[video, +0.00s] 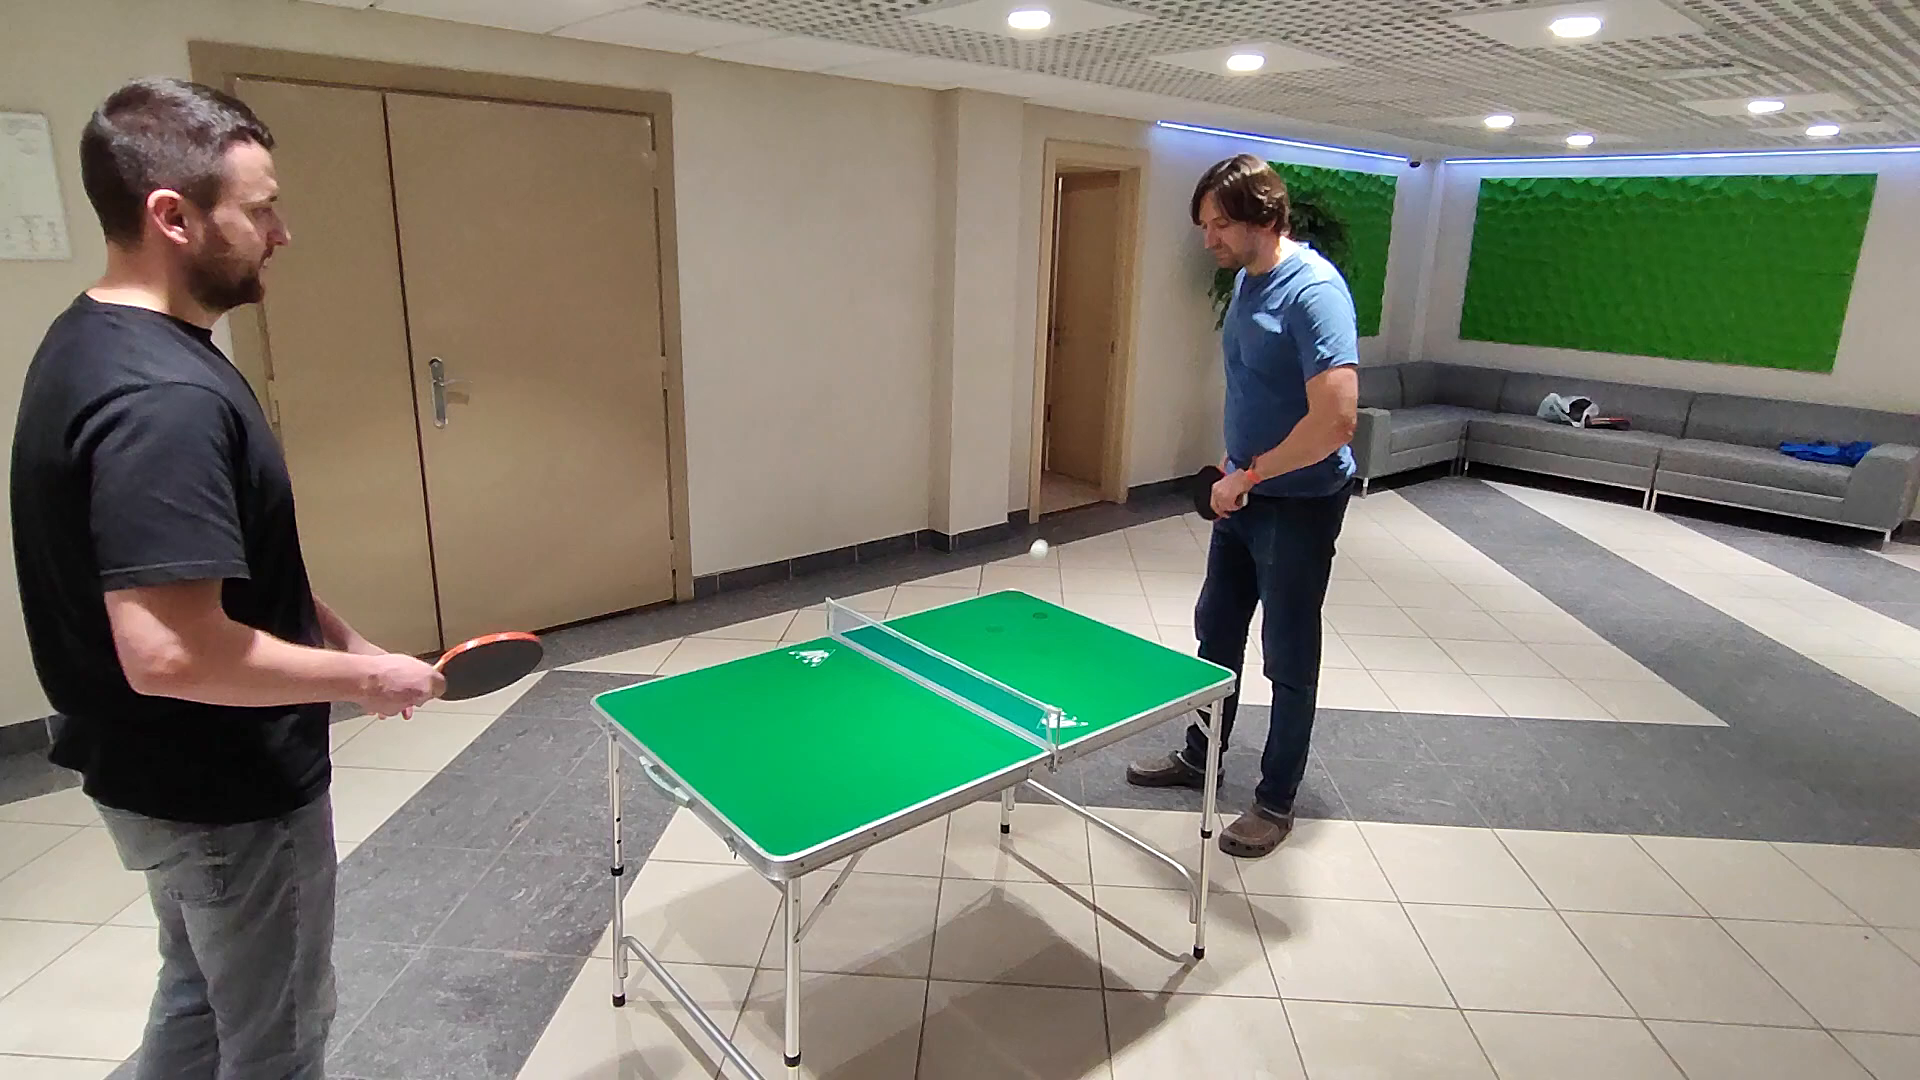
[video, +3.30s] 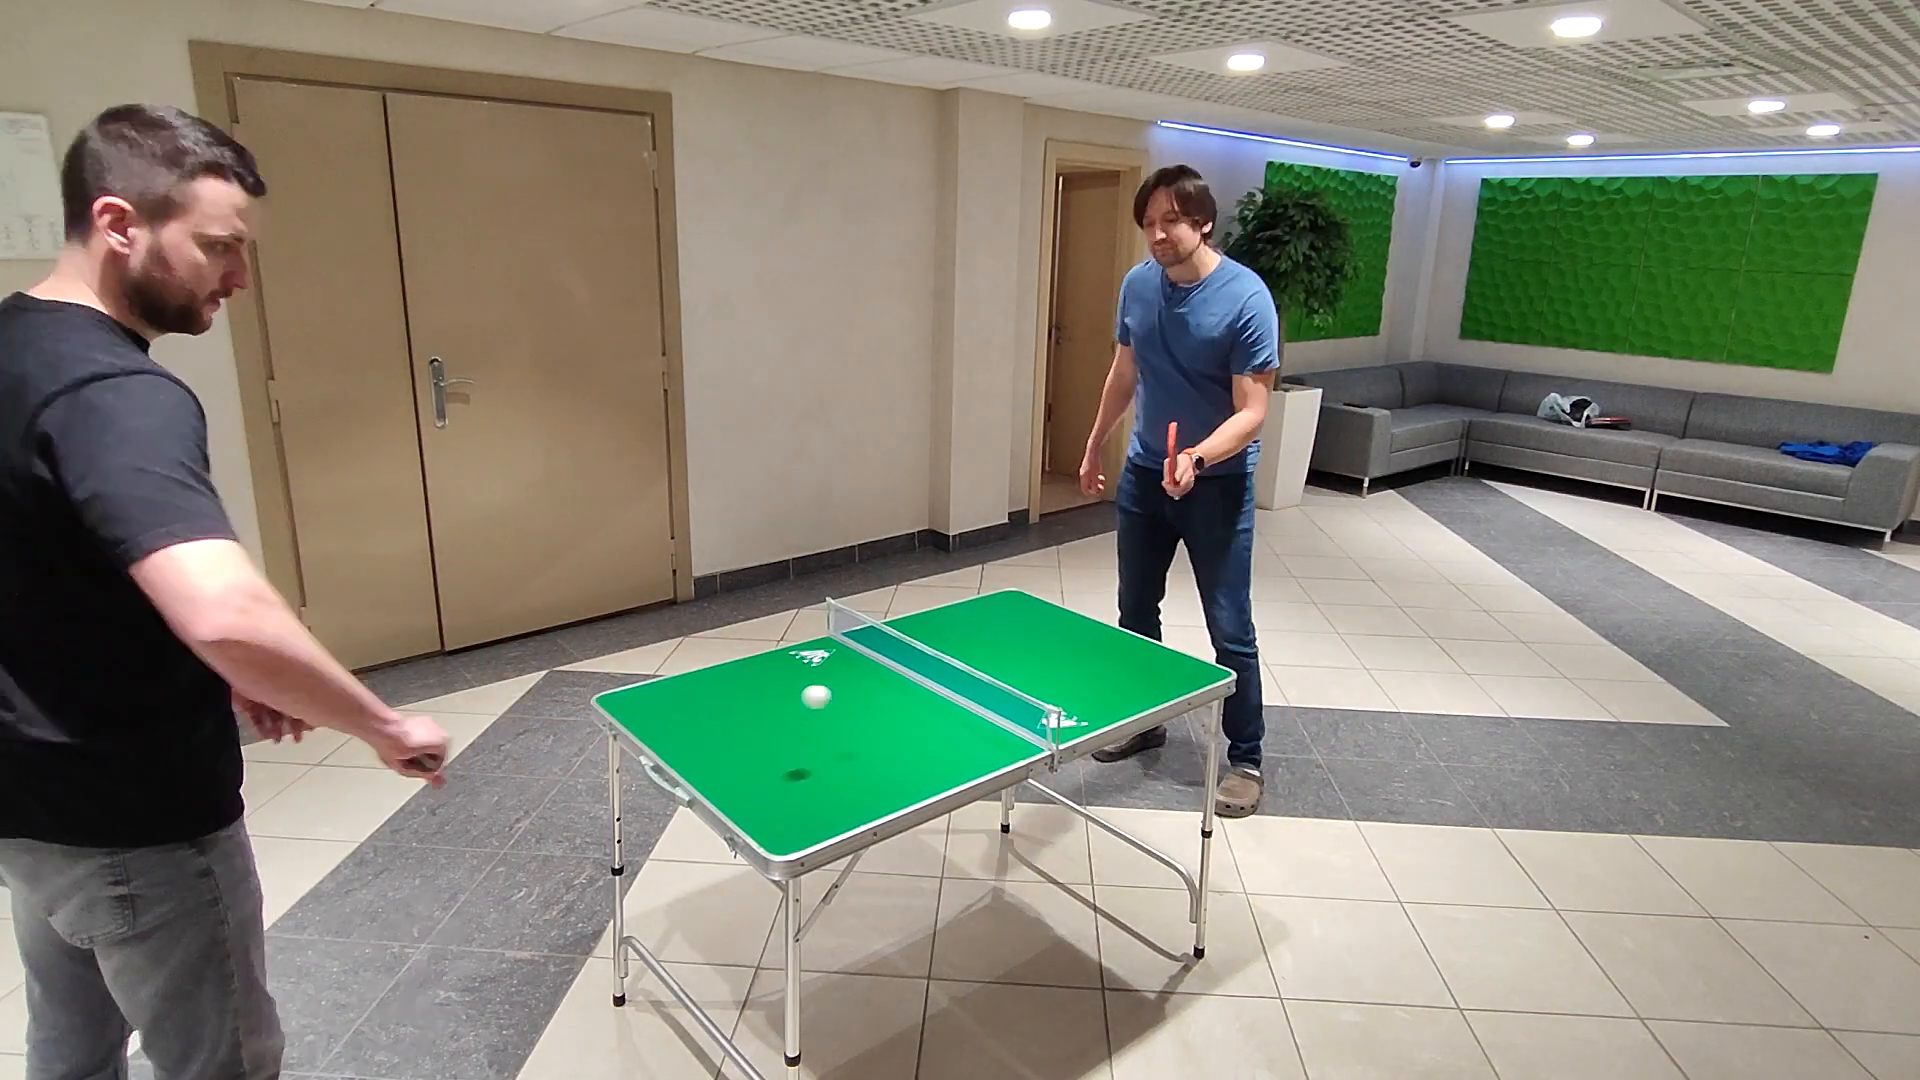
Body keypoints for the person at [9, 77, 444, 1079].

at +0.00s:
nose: (281, 233)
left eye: (276, 208)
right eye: (261, 210)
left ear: (173, 218)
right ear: (172, 216)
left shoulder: (97, 347)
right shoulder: (160, 396)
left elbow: (235, 555)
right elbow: (167, 650)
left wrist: (347, 652)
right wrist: (361, 677)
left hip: (157, 773)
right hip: (235, 795)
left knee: (198, 1007)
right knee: (278, 1045)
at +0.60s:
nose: (278, 261)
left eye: (278, 234)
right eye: (265, 231)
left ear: (169, 225)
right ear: (178, 223)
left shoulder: (69, 346)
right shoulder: (138, 382)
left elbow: (90, 591)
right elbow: (192, 629)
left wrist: (244, 706)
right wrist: (346, 708)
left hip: (78, 790)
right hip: (170, 818)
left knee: (125, 1041)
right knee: (250, 1058)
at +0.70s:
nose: (316, 271)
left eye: (318, 244)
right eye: (306, 241)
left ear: (207, 230)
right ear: (224, 233)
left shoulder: (64, 354)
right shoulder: (197, 396)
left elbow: (94, 579)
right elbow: (326, 639)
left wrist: (239, 689)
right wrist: (429, 693)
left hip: (64, 795)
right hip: (179, 822)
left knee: (129, 1049)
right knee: (253, 1059)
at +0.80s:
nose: (362, 291)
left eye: (366, 267)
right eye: (356, 264)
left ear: (238, 241)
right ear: (282, 253)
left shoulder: (71, 358)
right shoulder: (270, 414)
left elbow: (65, 582)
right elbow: (451, 630)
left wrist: (231, 699)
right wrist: (519, 664)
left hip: (40, 814)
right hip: (181, 840)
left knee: (123, 1055)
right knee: (253, 1061)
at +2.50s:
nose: (305, 280)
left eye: (310, 255)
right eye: (296, 251)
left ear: (203, 234)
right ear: (214, 238)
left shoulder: (15, 347)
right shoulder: (249, 396)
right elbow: (342, 637)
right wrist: (451, 723)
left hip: (28, 797)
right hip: (195, 811)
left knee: (89, 1061)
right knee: (239, 1064)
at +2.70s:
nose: (254, 254)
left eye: (254, 228)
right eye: (237, 227)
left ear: (143, 222)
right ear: (147, 221)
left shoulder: (9, 344)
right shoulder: (184, 390)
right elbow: (220, 643)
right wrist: (333, 744)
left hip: (37, 799)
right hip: (180, 821)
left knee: (86, 1055)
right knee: (237, 1064)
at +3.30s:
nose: (241, 279)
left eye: (243, 252)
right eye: (218, 245)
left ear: (113, 230)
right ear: (118, 227)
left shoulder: (20, 341)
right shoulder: (116, 389)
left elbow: (69, 574)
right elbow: (226, 619)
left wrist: (225, 670)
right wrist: (382, 723)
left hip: (31, 812)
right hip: (143, 834)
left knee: (69, 1054)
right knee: (226, 1060)